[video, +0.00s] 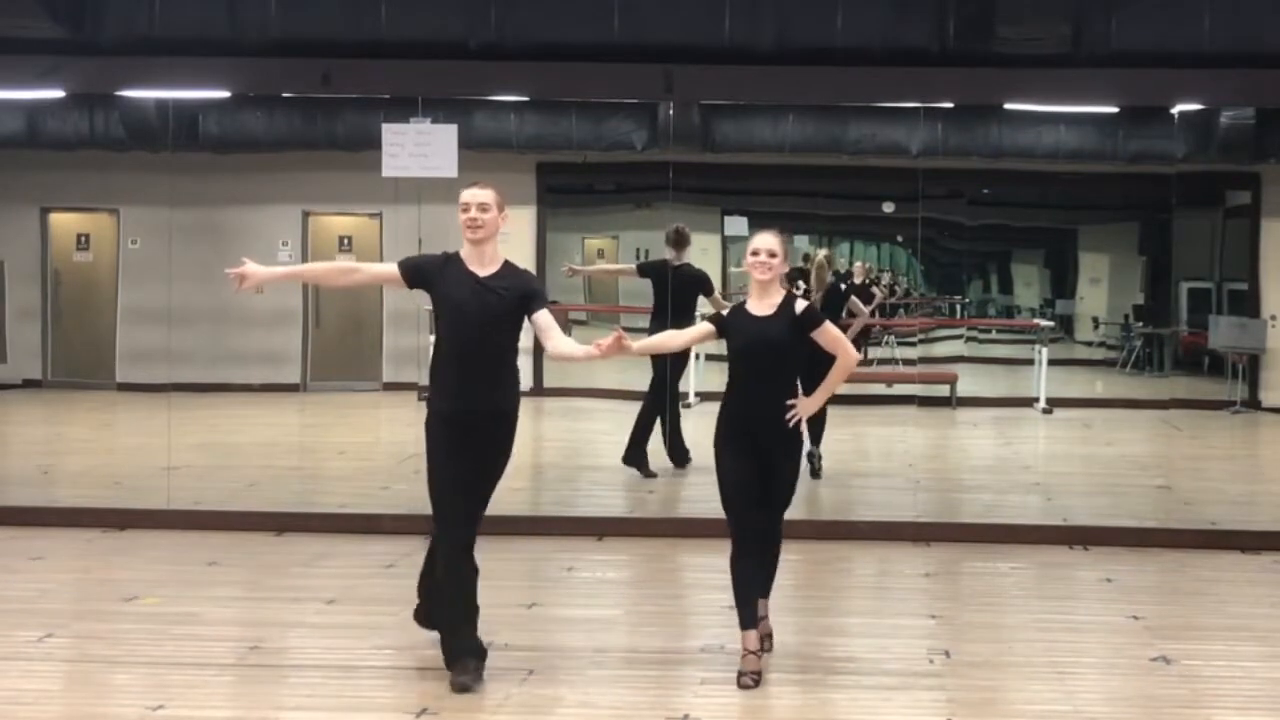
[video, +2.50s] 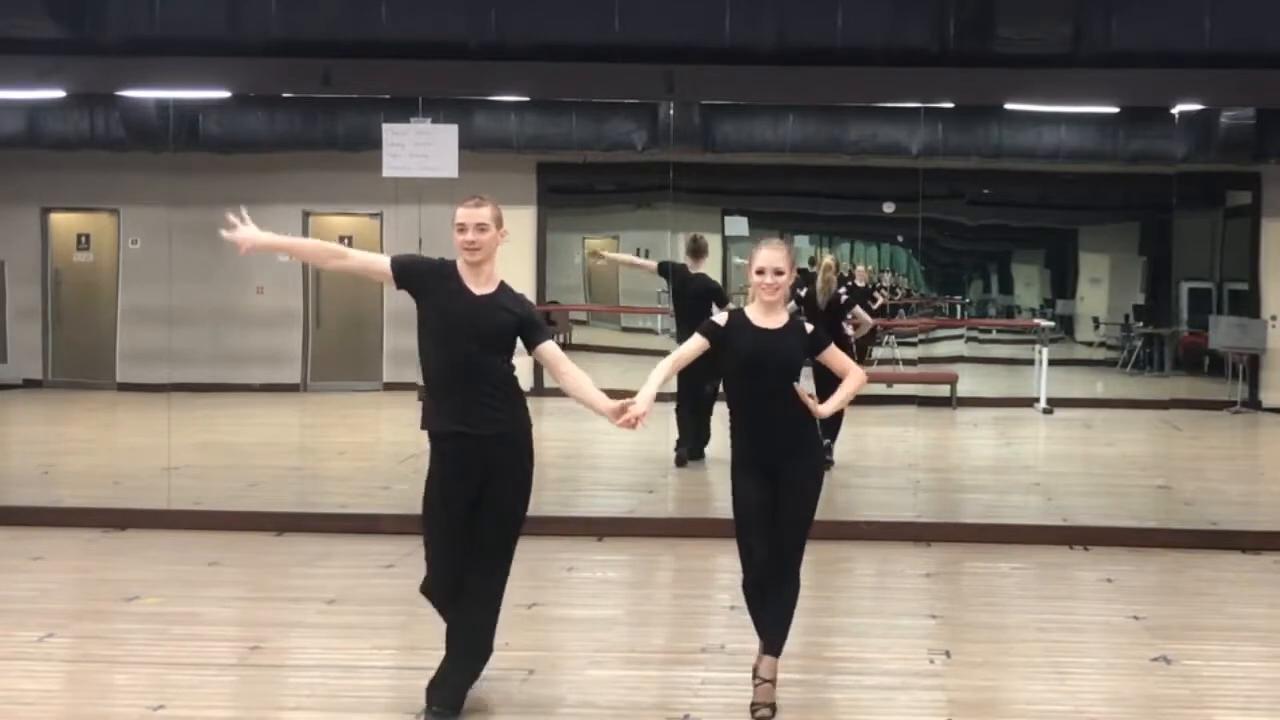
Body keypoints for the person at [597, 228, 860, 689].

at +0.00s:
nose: (761, 260)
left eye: (770, 254)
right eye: (755, 253)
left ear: (785, 263)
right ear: (744, 261)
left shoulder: (799, 311)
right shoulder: (731, 314)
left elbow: (849, 355)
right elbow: (679, 338)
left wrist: (815, 400)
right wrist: (630, 347)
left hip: (782, 435)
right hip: (735, 434)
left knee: (769, 529)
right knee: (744, 532)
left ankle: (761, 613)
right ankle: (748, 640)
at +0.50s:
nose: (759, 273)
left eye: (768, 266)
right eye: (753, 265)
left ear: (782, 273)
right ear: (741, 270)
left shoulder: (796, 323)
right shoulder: (724, 318)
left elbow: (828, 368)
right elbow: (675, 347)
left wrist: (824, 403)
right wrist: (627, 367)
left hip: (783, 436)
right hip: (734, 436)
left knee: (759, 500)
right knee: (734, 535)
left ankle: (740, 570)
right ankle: (748, 646)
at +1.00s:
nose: (759, 269)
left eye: (768, 261)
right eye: (751, 261)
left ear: (783, 266)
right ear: (742, 266)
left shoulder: (799, 313)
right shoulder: (733, 313)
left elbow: (821, 356)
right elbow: (686, 333)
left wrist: (822, 386)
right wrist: (639, 341)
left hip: (785, 435)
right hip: (737, 432)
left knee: (768, 525)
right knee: (745, 534)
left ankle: (698, 545)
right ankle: (752, 644)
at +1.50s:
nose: (769, 273)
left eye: (777, 266)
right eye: (761, 265)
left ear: (790, 270)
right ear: (750, 268)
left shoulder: (807, 319)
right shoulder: (733, 314)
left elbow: (850, 362)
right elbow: (681, 337)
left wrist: (825, 401)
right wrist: (636, 351)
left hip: (789, 437)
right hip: (740, 436)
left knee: (766, 536)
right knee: (746, 540)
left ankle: (785, 598)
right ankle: (753, 642)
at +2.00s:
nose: (771, 275)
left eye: (779, 268)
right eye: (763, 268)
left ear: (793, 272)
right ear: (752, 272)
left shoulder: (816, 318)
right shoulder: (741, 323)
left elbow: (860, 367)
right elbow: (688, 351)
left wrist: (828, 416)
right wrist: (660, 360)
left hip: (788, 441)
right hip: (740, 439)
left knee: (780, 543)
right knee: (748, 543)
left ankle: (774, 612)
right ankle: (760, 643)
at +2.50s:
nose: (769, 280)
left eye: (778, 272)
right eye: (761, 272)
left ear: (792, 277)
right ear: (749, 275)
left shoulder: (806, 330)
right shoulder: (728, 325)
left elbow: (856, 374)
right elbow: (672, 363)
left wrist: (826, 408)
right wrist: (644, 399)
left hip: (799, 456)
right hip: (749, 458)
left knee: (785, 562)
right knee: (756, 565)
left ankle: (767, 669)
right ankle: (769, 650)